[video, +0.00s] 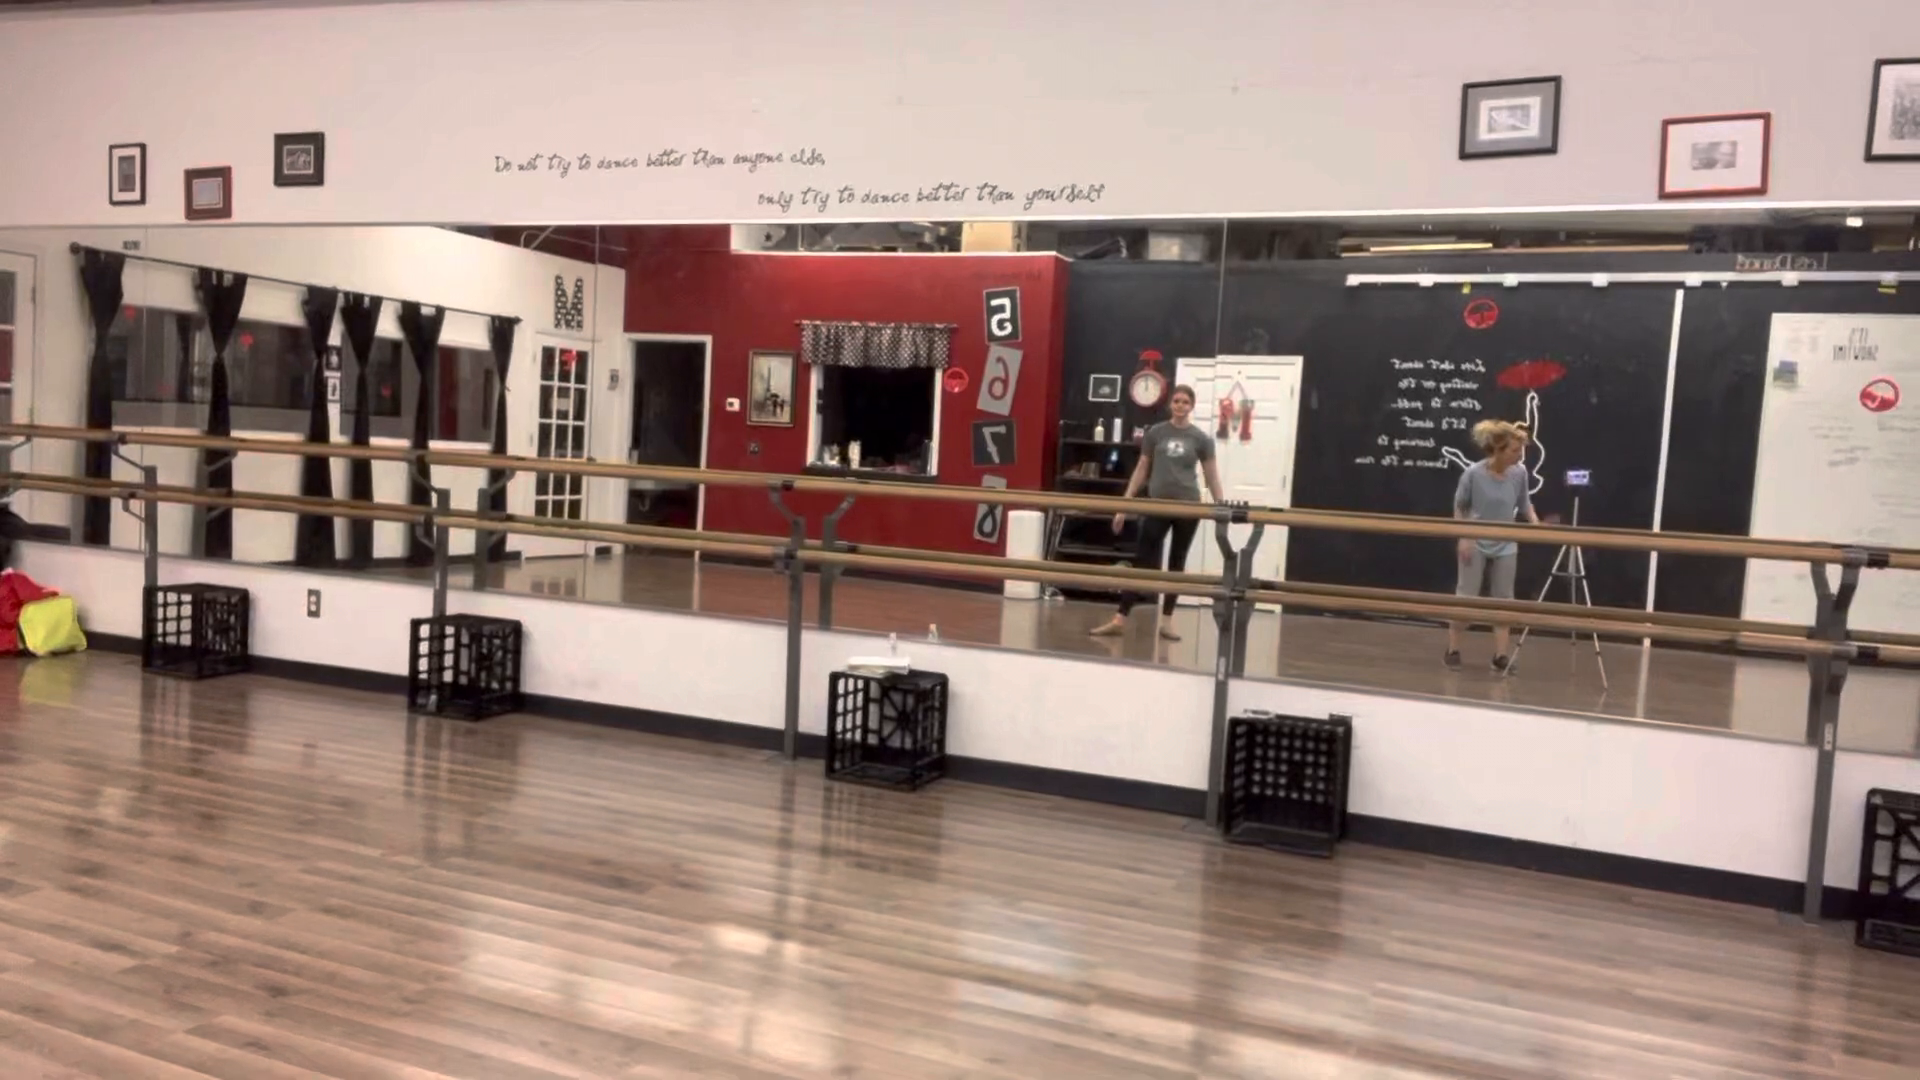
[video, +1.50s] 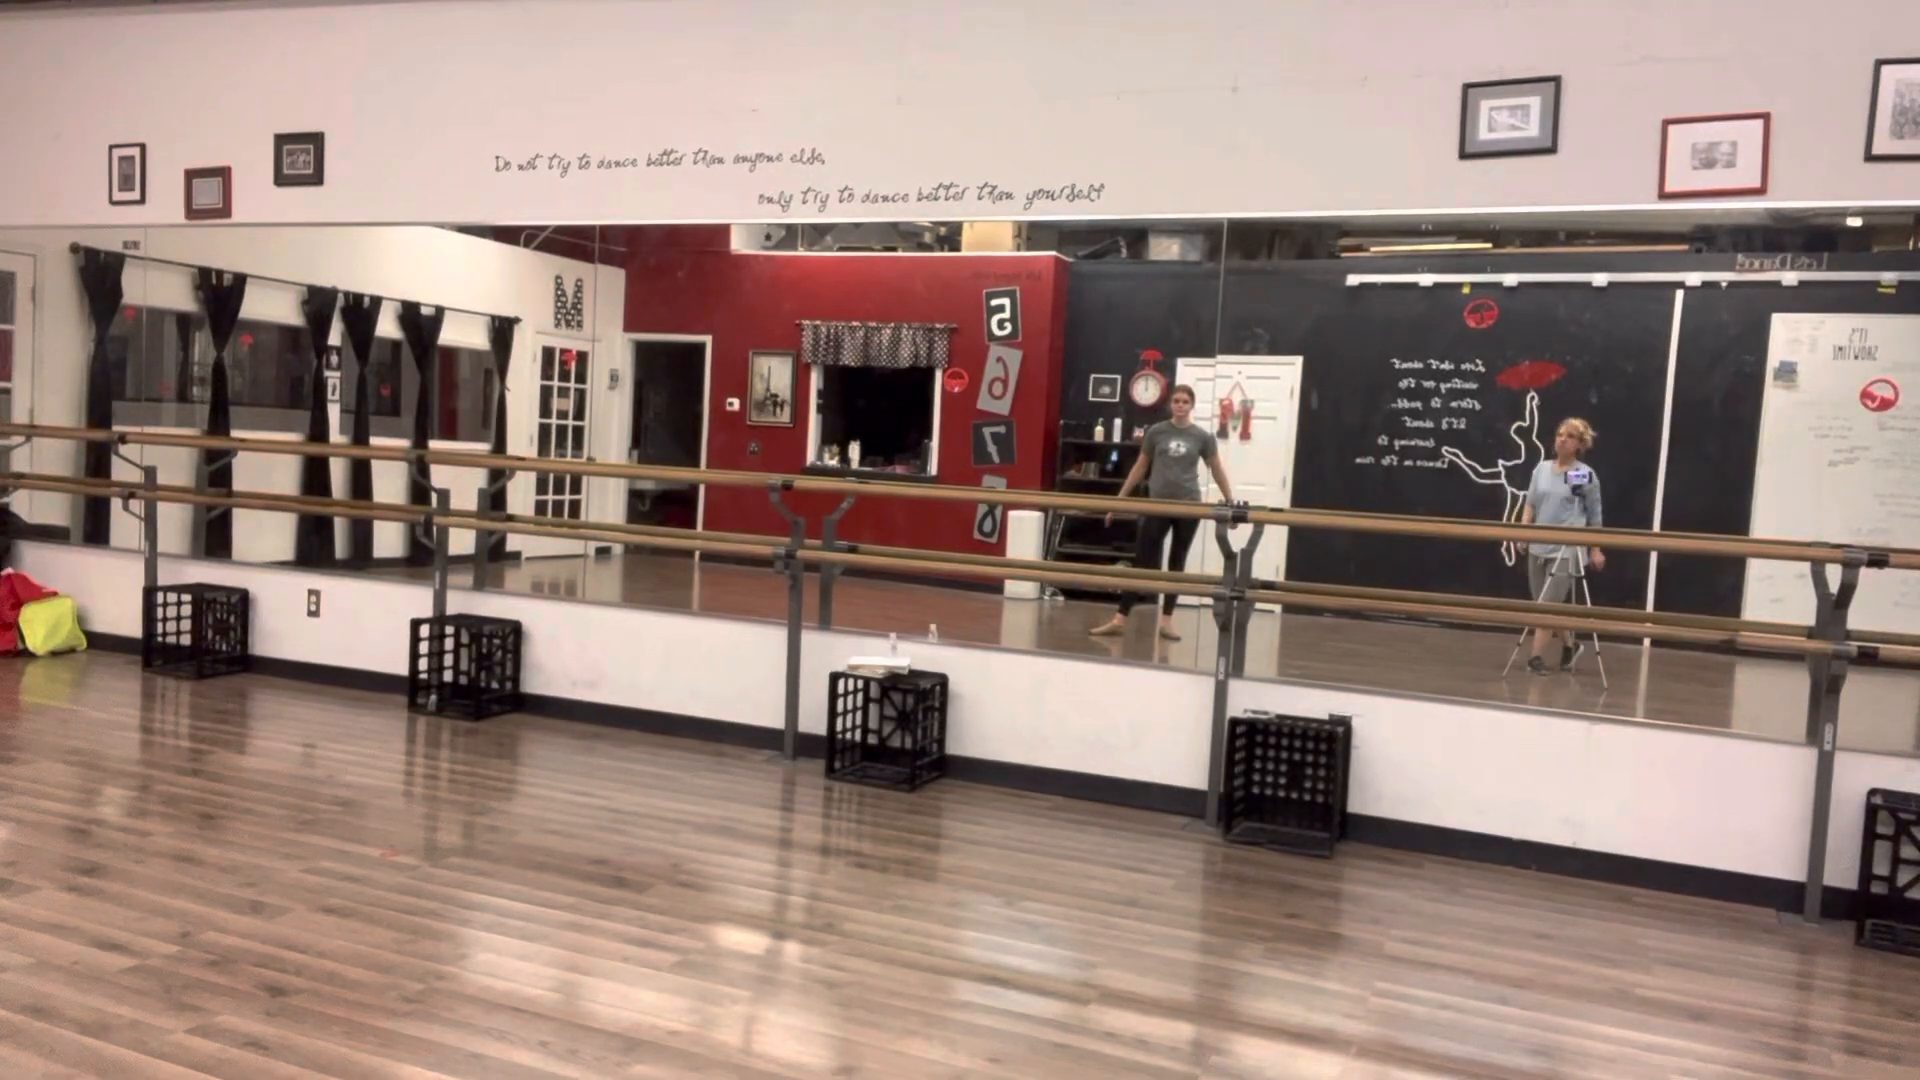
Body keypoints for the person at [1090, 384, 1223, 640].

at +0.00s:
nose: (1180, 406)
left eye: (1185, 402)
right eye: (1176, 401)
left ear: (1192, 407)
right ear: (1170, 404)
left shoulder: (1201, 439)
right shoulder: (1154, 433)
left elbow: (1211, 477)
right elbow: (1141, 470)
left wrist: (1220, 507)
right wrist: (1124, 506)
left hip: (1187, 509)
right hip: (1157, 506)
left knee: (1177, 563)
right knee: (1142, 559)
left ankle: (1166, 619)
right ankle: (1120, 617)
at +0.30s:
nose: (1180, 406)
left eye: (1185, 402)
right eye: (1176, 401)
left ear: (1192, 406)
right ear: (1170, 404)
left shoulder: (1202, 437)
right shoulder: (1154, 432)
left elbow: (1215, 470)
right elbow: (1140, 465)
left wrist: (1229, 501)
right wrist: (1118, 495)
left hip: (1188, 508)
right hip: (1156, 506)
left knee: (1176, 562)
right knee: (1142, 558)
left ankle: (1166, 619)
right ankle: (1120, 617)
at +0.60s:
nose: (1179, 406)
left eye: (1184, 403)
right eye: (1176, 402)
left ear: (1192, 406)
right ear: (1170, 405)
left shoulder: (1201, 440)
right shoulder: (1154, 434)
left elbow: (1207, 480)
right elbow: (1144, 471)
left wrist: (1208, 515)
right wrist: (1136, 508)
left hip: (1186, 510)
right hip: (1156, 507)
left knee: (1176, 565)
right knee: (1142, 560)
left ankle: (1166, 620)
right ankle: (1120, 617)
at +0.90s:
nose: (1180, 406)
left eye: (1184, 402)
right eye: (1176, 402)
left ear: (1192, 406)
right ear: (1170, 404)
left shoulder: (1201, 439)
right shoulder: (1154, 433)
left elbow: (1200, 476)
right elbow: (1149, 470)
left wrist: (1180, 495)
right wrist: (1162, 492)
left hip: (1187, 505)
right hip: (1159, 501)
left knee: (1177, 561)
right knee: (1143, 555)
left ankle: (1166, 619)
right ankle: (1121, 617)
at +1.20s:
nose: (1179, 406)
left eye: (1184, 402)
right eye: (1176, 401)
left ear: (1192, 406)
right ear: (1170, 404)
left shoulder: (1202, 439)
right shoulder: (1154, 433)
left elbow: (1212, 480)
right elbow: (1143, 472)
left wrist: (1217, 516)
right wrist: (1131, 508)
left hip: (1188, 510)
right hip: (1156, 507)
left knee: (1176, 564)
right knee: (1142, 559)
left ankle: (1166, 619)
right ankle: (1120, 617)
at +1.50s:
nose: (1180, 406)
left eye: (1185, 402)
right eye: (1176, 402)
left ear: (1192, 406)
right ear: (1170, 404)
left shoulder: (1203, 436)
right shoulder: (1155, 432)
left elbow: (1217, 470)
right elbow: (1140, 467)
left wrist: (1230, 501)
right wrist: (1119, 502)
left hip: (1188, 509)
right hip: (1157, 506)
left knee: (1176, 563)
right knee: (1142, 559)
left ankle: (1166, 620)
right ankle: (1120, 618)